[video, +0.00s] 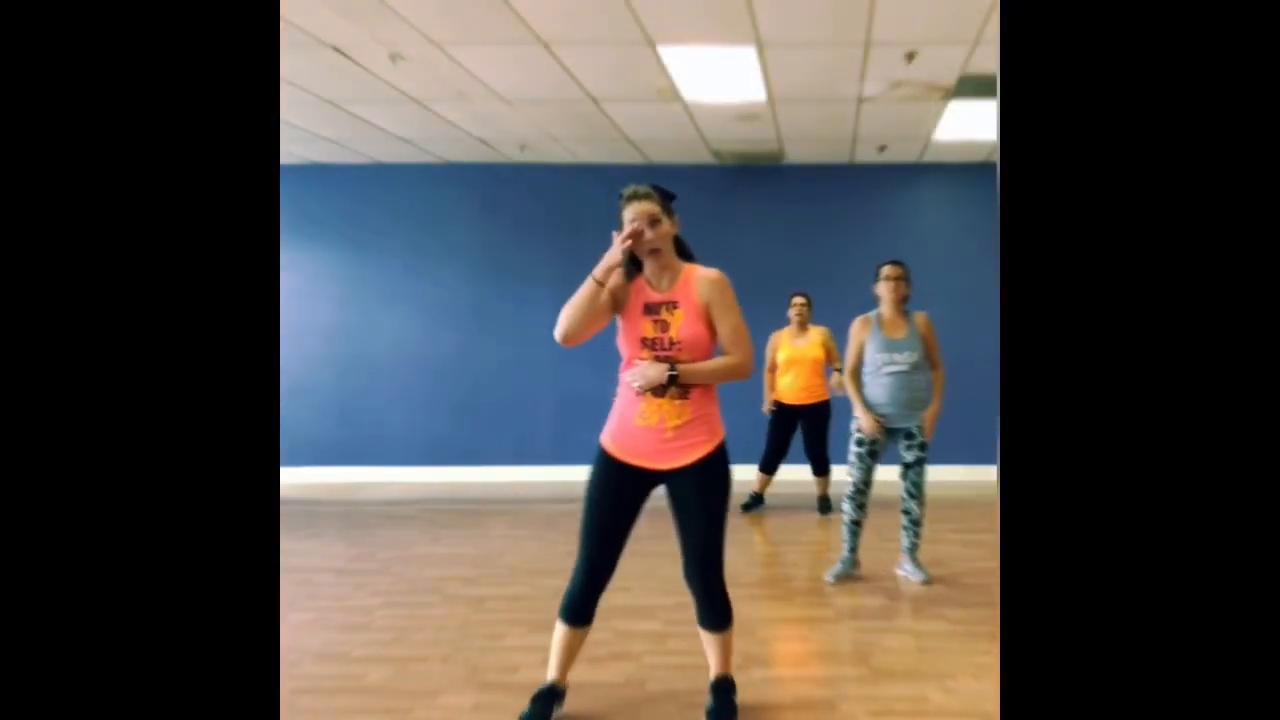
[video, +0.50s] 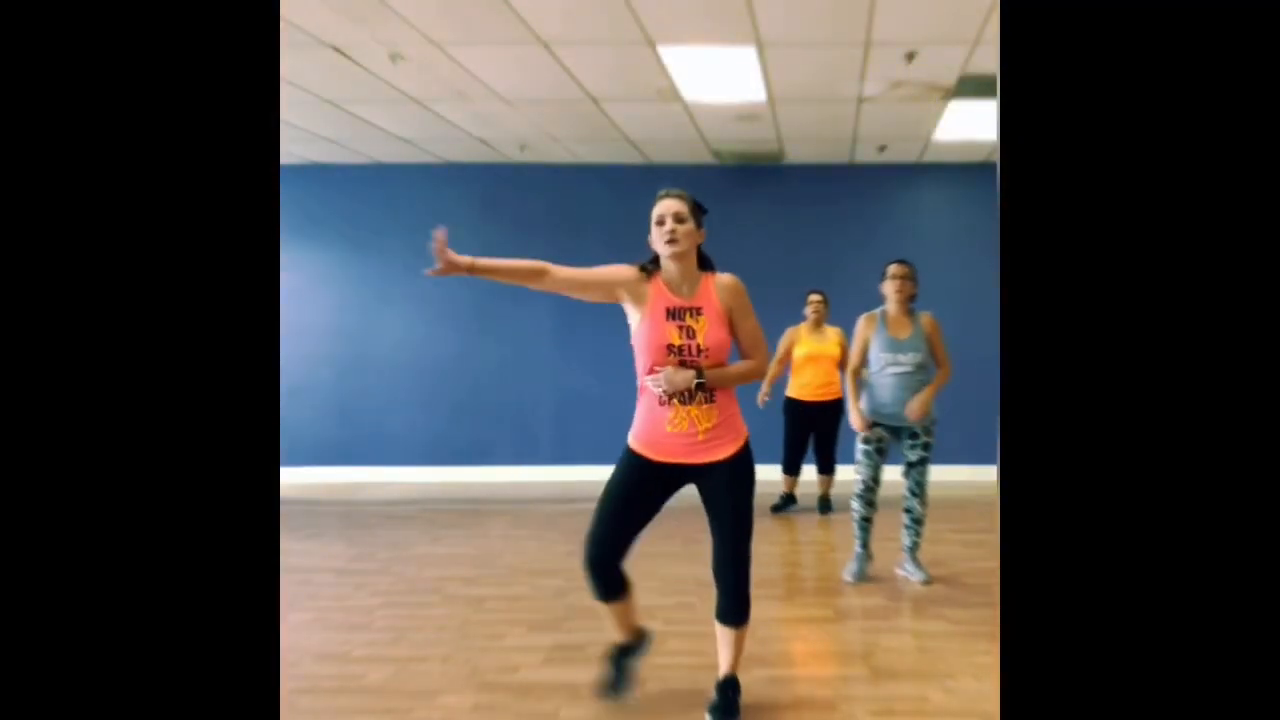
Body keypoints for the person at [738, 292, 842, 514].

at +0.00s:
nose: (798, 310)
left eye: (803, 306)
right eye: (795, 306)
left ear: (810, 311)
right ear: (788, 311)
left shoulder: (822, 335)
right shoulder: (777, 338)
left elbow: (836, 361)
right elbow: (769, 369)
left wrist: (836, 374)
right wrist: (768, 396)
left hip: (815, 400)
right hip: (785, 401)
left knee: (817, 453)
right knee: (773, 451)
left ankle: (823, 495)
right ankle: (757, 494)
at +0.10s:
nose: (804, 309)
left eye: (808, 306)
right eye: (800, 306)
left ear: (815, 311)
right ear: (794, 310)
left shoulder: (828, 335)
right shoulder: (783, 338)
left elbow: (842, 362)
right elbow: (776, 369)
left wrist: (852, 384)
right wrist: (778, 397)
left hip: (822, 401)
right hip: (792, 401)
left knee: (820, 453)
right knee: (777, 450)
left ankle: (824, 495)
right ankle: (762, 493)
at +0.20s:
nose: (808, 308)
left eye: (812, 305)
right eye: (804, 305)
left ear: (819, 310)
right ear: (798, 310)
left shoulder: (832, 334)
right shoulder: (788, 337)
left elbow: (847, 361)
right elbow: (780, 368)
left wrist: (857, 387)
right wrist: (781, 396)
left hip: (826, 400)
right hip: (796, 400)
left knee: (823, 452)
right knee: (780, 447)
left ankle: (824, 495)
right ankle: (769, 491)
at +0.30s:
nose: (811, 308)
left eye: (816, 303)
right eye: (808, 304)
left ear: (823, 308)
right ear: (801, 309)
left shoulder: (835, 333)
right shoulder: (790, 336)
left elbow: (848, 361)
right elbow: (782, 368)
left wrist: (860, 383)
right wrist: (781, 395)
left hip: (828, 398)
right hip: (798, 398)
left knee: (824, 450)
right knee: (784, 447)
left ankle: (824, 494)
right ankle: (777, 491)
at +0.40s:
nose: (814, 307)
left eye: (818, 303)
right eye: (810, 303)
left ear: (825, 308)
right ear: (804, 309)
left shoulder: (837, 334)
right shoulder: (793, 334)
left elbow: (847, 362)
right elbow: (781, 364)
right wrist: (775, 392)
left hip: (828, 397)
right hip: (798, 397)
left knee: (825, 451)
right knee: (791, 448)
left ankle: (824, 494)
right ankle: (786, 492)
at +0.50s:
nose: (815, 307)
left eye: (819, 303)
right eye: (811, 303)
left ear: (826, 309)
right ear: (805, 309)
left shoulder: (837, 334)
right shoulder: (793, 334)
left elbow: (846, 365)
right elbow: (779, 361)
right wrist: (766, 385)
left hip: (829, 398)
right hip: (798, 398)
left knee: (825, 451)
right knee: (793, 448)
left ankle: (824, 495)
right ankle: (788, 493)